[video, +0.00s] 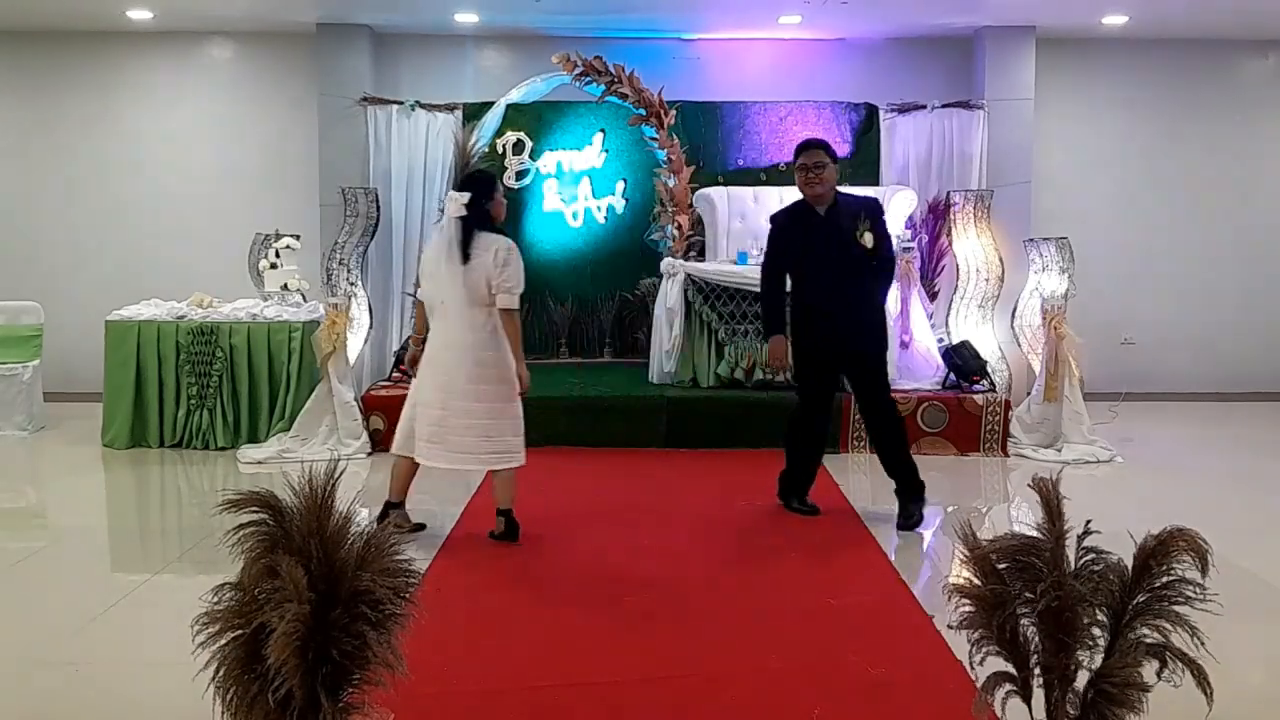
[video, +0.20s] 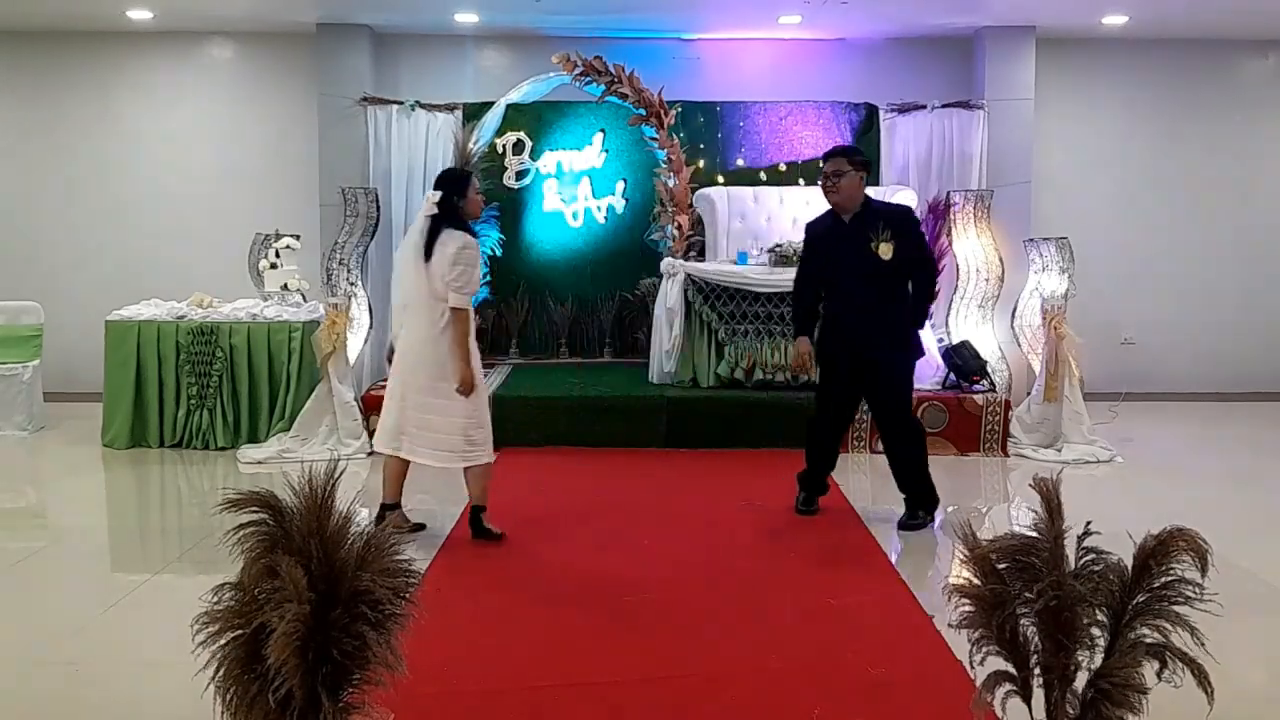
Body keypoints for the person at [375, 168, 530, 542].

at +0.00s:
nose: (505, 202)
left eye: (503, 196)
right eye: (500, 197)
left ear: (463, 203)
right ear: (486, 203)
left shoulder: (436, 245)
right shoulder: (502, 248)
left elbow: (422, 304)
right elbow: (508, 312)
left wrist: (416, 343)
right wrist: (520, 363)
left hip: (439, 356)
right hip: (487, 359)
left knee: (414, 428)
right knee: (502, 434)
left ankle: (393, 509)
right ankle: (504, 520)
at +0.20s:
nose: (482, 200)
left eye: (480, 194)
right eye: (476, 194)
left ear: (445, 199)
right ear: (459, 200)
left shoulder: (415, 235)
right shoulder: (464, 244)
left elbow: (404, 297)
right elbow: (460, 310)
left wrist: (398, 344)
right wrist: (465, 366)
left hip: (412, 352)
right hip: (452, 354)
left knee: (401, 430)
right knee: (475, 433)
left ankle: (390, 511)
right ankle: (477, 517)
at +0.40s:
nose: (466, 198)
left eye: (464, 192)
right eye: (460, 192)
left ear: (433, 197)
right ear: (442, 198)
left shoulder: (410, 233)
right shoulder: (433, 237)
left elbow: (403, 297)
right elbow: (417, 299)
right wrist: (421, 356)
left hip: (400, 351)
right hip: (428, 353)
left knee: (397, 429)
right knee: (442, 430)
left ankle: (389, 510)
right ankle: (422, 509)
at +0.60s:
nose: (457, 202)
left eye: (455, 195)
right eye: (451, 196)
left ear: (433, 201)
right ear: (431, 201)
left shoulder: (429, 240)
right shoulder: (415, 240)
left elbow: (416, 303)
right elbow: (403, 303)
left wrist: (428, 355)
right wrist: (402, 358)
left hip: (426, 345)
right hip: (415, 346)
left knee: (416, 426)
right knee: (410, 427)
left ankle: (389, 508)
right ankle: (382, 512)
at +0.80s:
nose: (456, 201)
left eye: (454, 194)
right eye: (450, 194)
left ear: (428, 198)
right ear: (430, 199)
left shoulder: (412, 238)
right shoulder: (421, 242)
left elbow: (417, 307)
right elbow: (421, 308)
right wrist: (435, 363)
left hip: (409, 352)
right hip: (407, 354)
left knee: (455, 412)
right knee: (396, 430)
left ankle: (417, 483)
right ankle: (380, 514)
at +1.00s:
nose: (461, 202)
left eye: (460, 195)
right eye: (456, 196)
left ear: (430, 200)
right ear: (437, 201)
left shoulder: (415, 238)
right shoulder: (435, 242)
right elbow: (443, 305)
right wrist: (477, 342)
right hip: (421, 343)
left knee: (459, 419)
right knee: (405, 426)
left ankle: (469, 502)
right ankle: (381, 513)